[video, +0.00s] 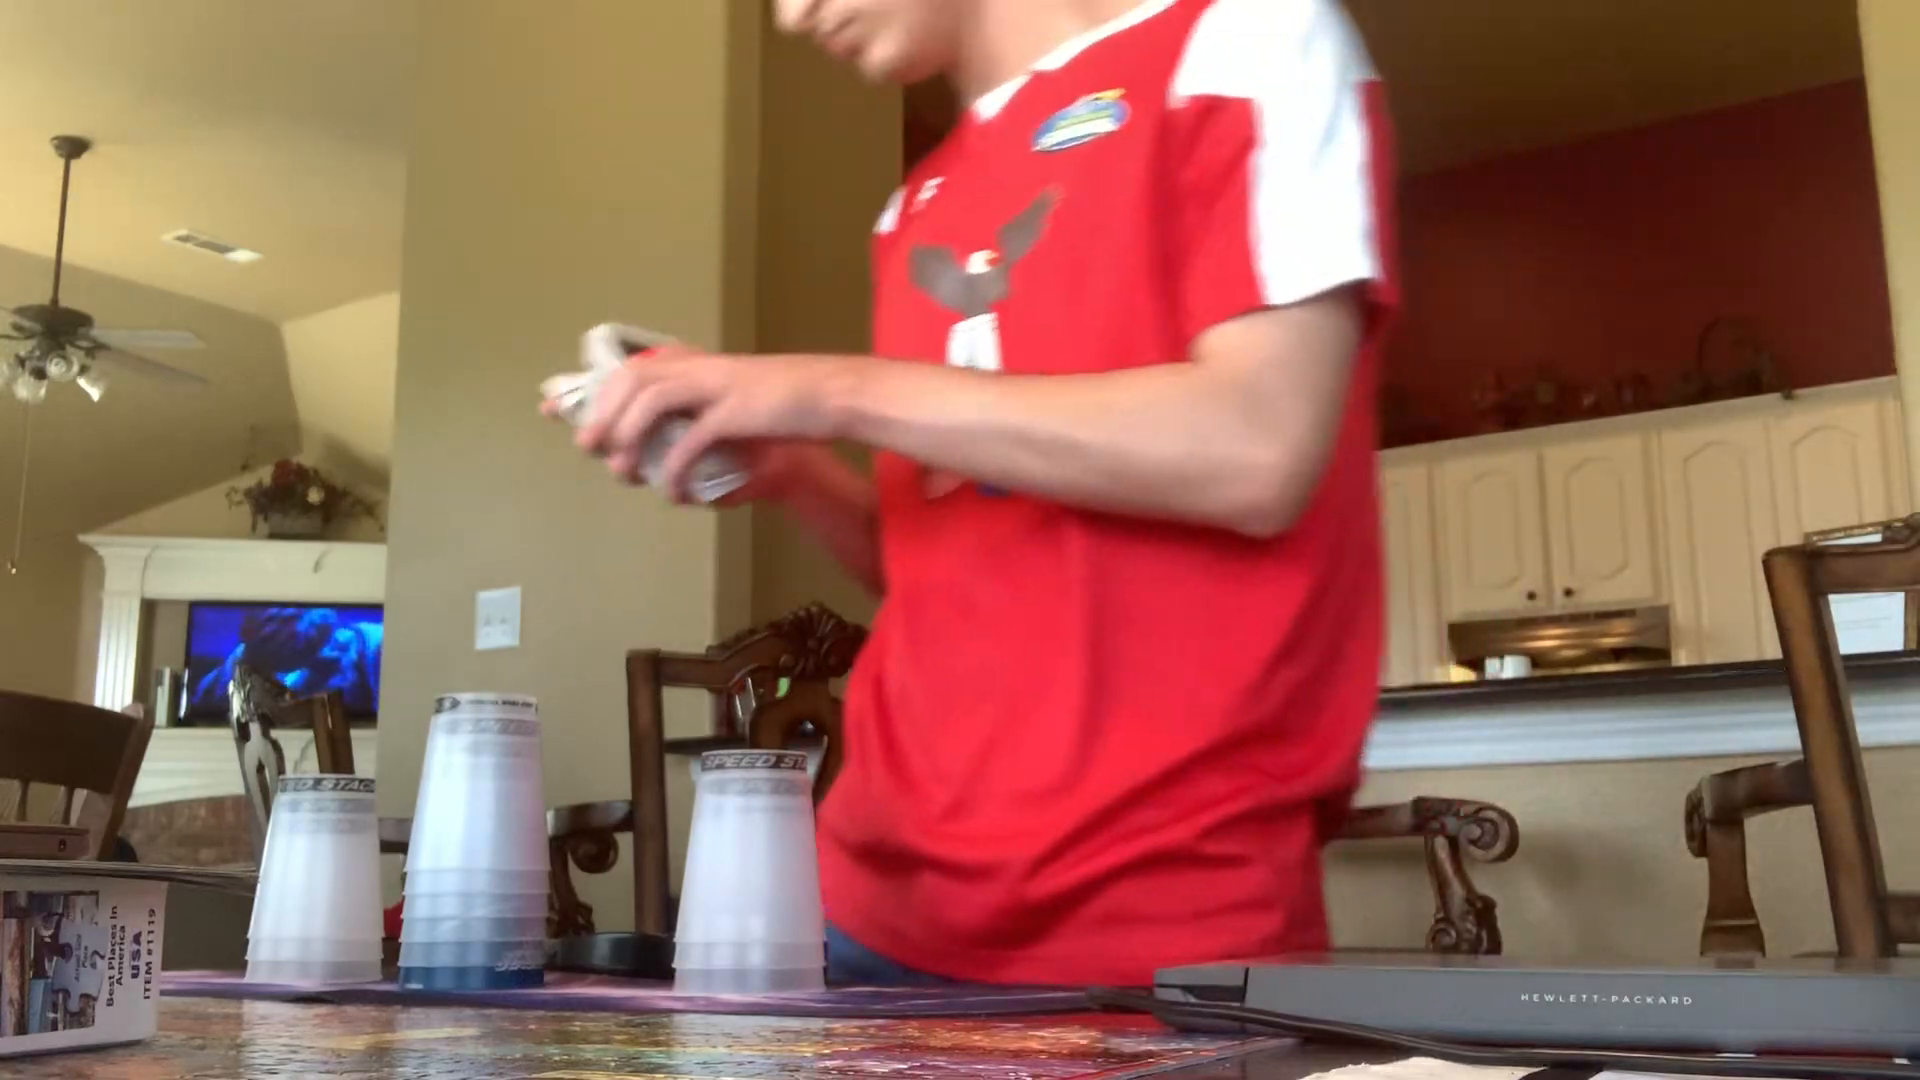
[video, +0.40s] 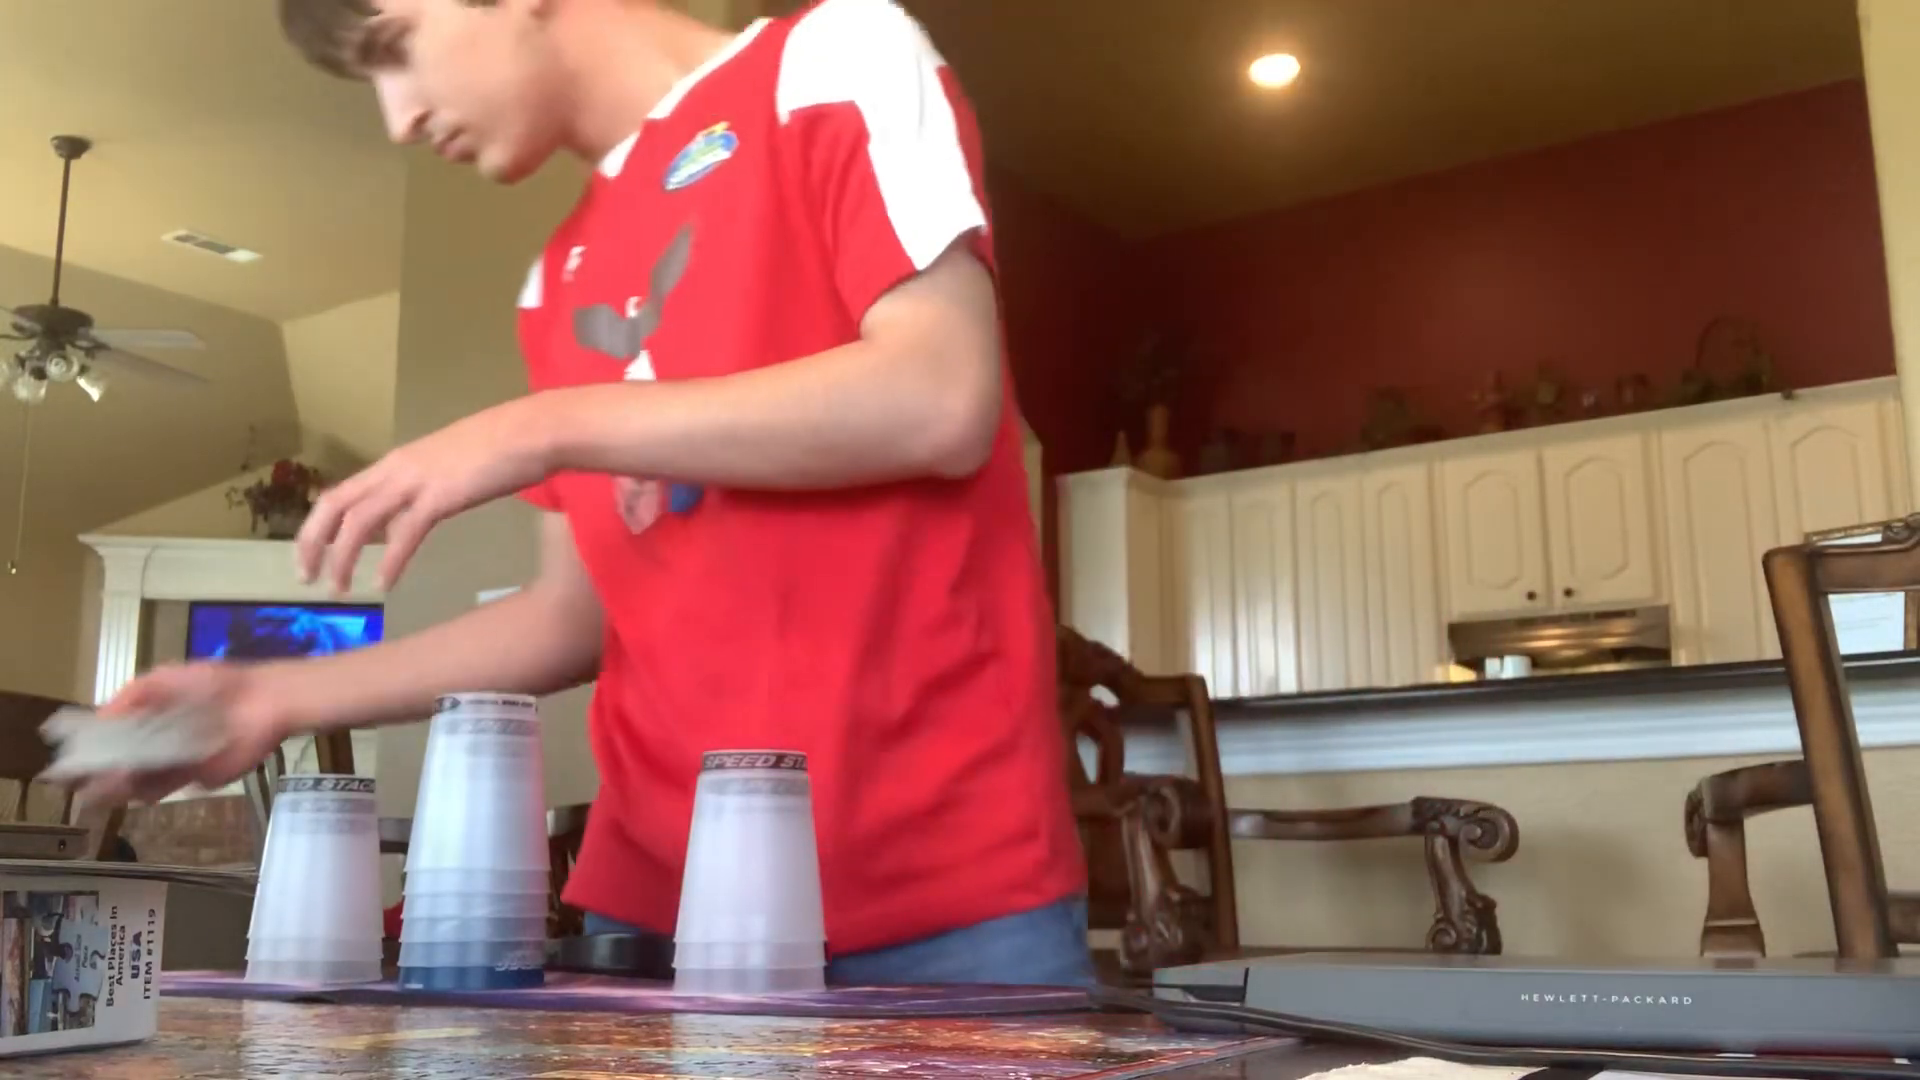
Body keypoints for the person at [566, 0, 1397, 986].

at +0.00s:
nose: (790, 10)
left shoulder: (1260, 39)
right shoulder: (917, 207)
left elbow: (1257, 446)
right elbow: (955, 576)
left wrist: (826, 389)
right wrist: (794, 471)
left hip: (1154, 948)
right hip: (887, 931)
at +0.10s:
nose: (673, 40)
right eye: (658, 11)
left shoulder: (1126, 41)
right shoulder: (823, 233)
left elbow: (1124, 430)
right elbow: (868, 585)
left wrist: (714, 412)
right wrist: (686, 505)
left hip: (1090, 929)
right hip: (849, 927)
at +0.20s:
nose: (562, 75)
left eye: (559, 12)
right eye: (535, 42)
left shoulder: (996, 41)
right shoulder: (730, 251)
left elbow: (1012, 419)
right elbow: (787, 589)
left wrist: (620, 418)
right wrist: (573, 538)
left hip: (1021, 921)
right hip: (772, 934)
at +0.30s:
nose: (465, 100)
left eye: (461, 32)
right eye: (441, 62)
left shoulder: (903, 54)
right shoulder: (637, 264)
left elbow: (948, 415)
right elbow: (695, 591)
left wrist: (561, 429)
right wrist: (434, 605)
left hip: (973, 919)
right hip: (693, 925)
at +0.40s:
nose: (398, 120)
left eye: (392, 47)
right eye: (368, 80)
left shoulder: (842, 53)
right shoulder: (560, 286)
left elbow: (943, 401)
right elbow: (576, 613)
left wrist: (545, 426)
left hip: (942, 906)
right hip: (662, 921)